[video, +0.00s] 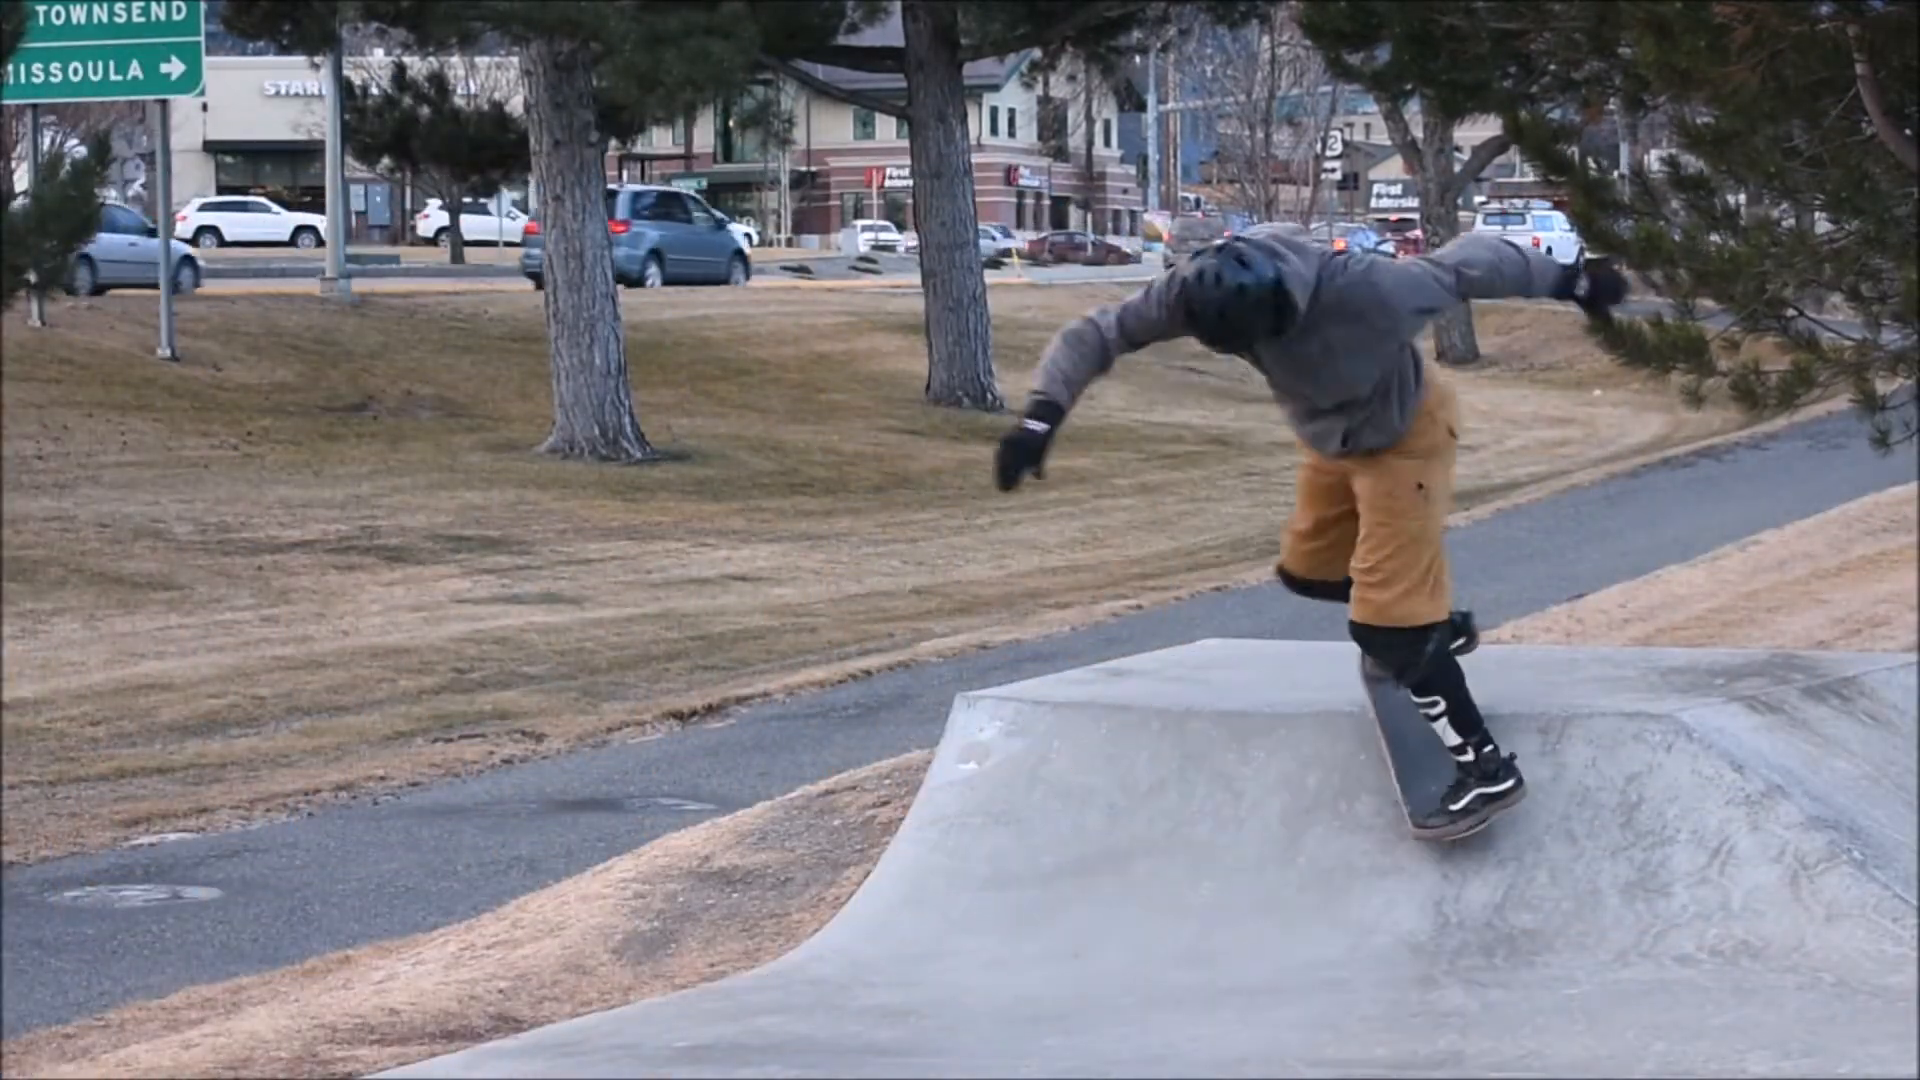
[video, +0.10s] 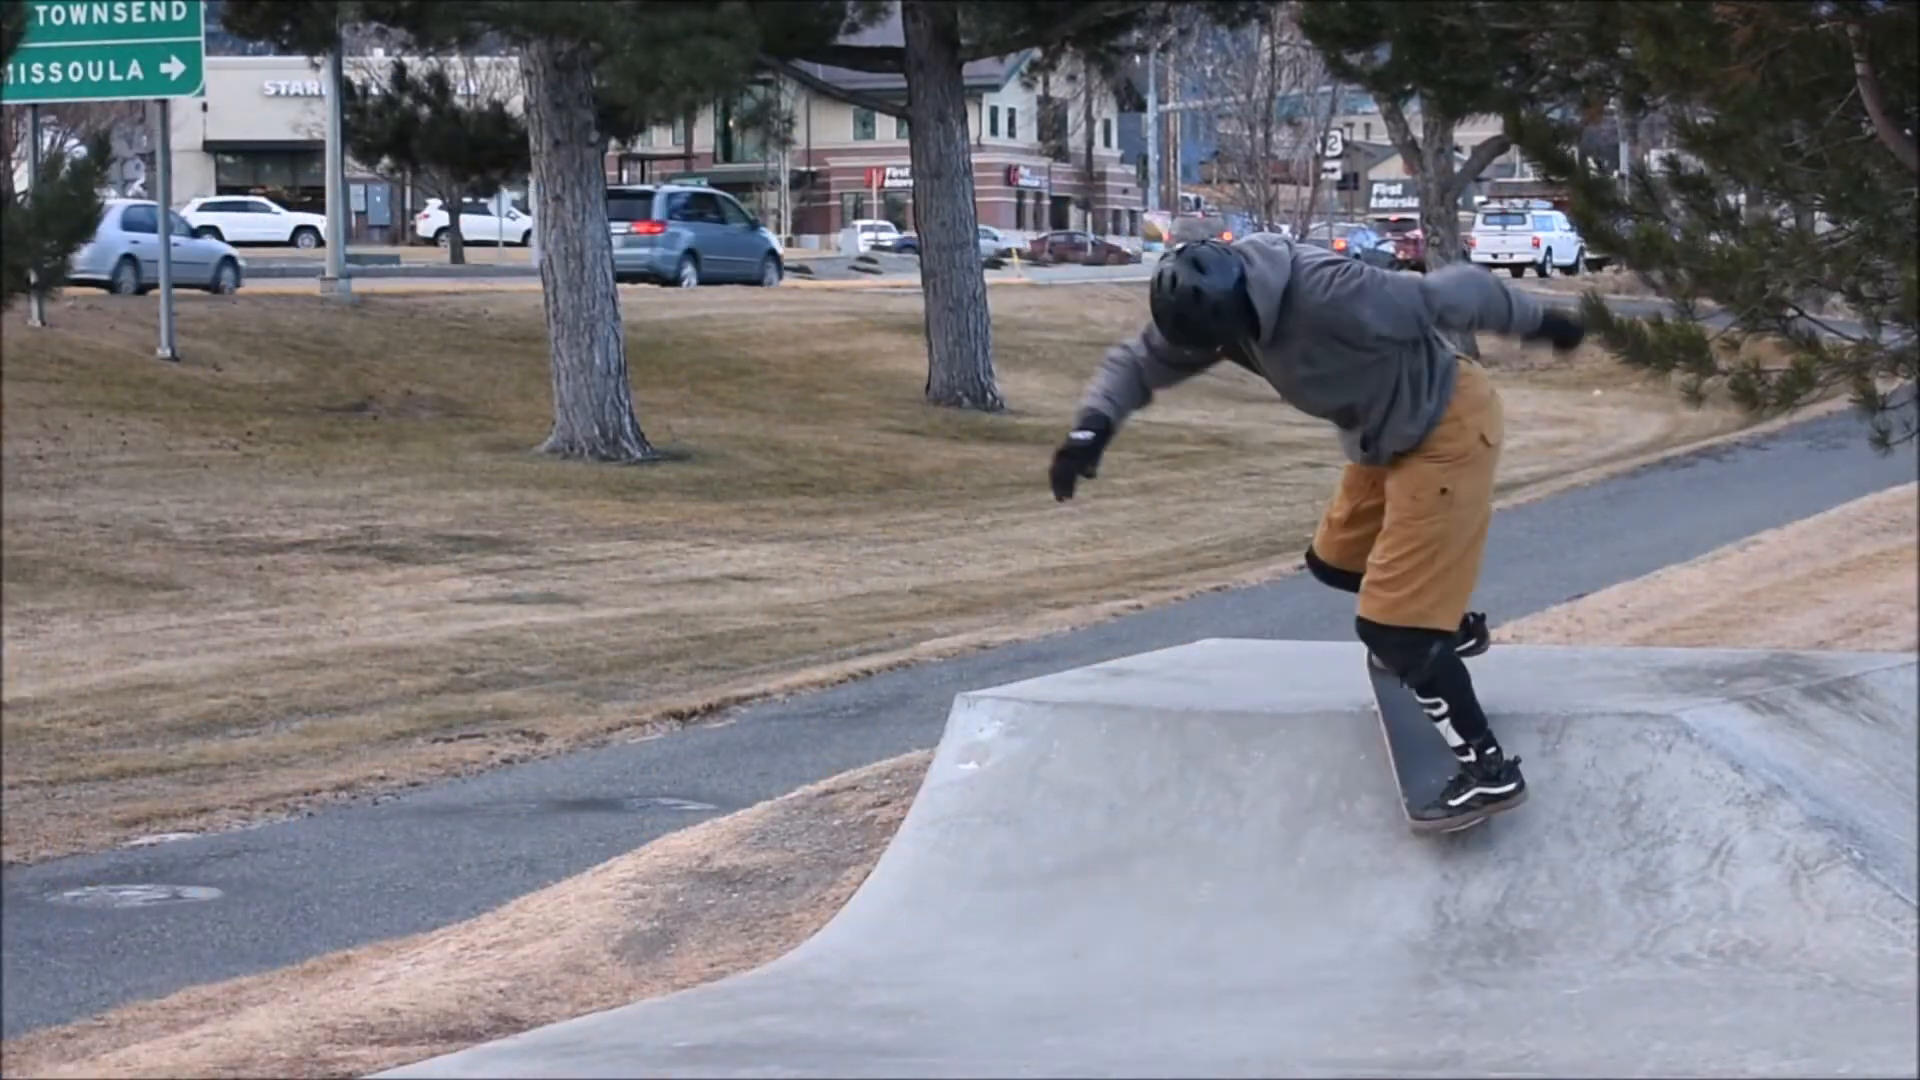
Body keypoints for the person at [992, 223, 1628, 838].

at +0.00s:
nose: (1244, 349)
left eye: (1248, 338)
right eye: (1229, 340)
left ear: (1271, 307)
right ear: (1205, 308)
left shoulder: (1364, 288)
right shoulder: (1205, 288)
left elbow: (1470, 266)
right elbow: (1098, 334)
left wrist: (1570, 277)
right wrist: (1040, 416)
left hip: (1404, 430)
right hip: (1329, 435)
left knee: (1396, 624)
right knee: (1313, 568)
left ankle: (1486, 763)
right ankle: (1439, 630)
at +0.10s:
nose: (1207, 357)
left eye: (1209, 345)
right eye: (1196, 347)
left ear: (1233, 313)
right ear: (1203, 309)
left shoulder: (1334, 297)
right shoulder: (1215, 301)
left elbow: (1455, 292)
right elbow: (1139, 362)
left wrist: (1544, 320)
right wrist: (1090, 428)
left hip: (1448, 422)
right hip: (1382, 432)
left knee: (1398, 625)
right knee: (1336, 562)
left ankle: (1488, 765)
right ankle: (1451, 629)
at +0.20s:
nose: (1213, 359)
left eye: (1211, 346)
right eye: (1203, 354)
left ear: (1225, 309)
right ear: (1210, 303)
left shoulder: (1323, 308)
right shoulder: (1254, 314)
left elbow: (1468, 338)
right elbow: (1187, 388)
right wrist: (1122, 465)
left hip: (1468, 438)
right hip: (1405, 440)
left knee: (1398, 630)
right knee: (1347, 559)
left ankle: (1488, 769)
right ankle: (1454, 632)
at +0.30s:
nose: (1215, 353)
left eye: (1211, 341)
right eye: (1205, 348)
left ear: (1224, 306)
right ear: (1225, 292)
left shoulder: (1313, 317)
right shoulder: (1265, 331)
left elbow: (1435, 327)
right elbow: (1217, 408)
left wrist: (1535, 391)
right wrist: (1152, 492)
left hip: (1476, 447)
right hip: (1419, 447)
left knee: (1399, 645)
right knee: (1355, 560)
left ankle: (1488, 786)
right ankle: (1457, 636)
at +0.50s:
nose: (1218, 349)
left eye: (1212, 335)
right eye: (1206, 343)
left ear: (1225, 302)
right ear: (1223, 302)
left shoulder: (1314, 305)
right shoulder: (1269, 358)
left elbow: (1400, 283)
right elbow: (1240, 444)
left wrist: (1501, 287)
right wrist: (1183, 526)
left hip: (1468, 471)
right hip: (1425, 478)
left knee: (1406, 683)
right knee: (1379, 624)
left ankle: (1472, 863)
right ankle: (1486, 735)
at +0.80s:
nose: (1169, 363)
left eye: (1166, 346)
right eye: (1158, 354)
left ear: (1190, 316)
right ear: (1180, 328)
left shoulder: (1275, 330)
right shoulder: (1237, 395)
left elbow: (1392, 323)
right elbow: (1231, 505)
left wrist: (1497, 362)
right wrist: (1174, 567)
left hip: (1433, 518)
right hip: (1435, 522)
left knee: (1322, 717)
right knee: (1392, 737)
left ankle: (1397, 907)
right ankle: (1461, 886)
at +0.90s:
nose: (1152, 340)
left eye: (1153, 321)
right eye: (1141, 329)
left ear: (1183, 293)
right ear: (1155, 313)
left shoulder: (1264, 324)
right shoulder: (1224, 374)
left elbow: (1389, 366)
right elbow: (1238, 501)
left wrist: (1457, 456)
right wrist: (1188, 582)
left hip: (1411, 523)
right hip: (1396, 530)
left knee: (1299, 724)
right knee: (1364, 739)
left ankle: (1376, 919)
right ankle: (1442, 893)